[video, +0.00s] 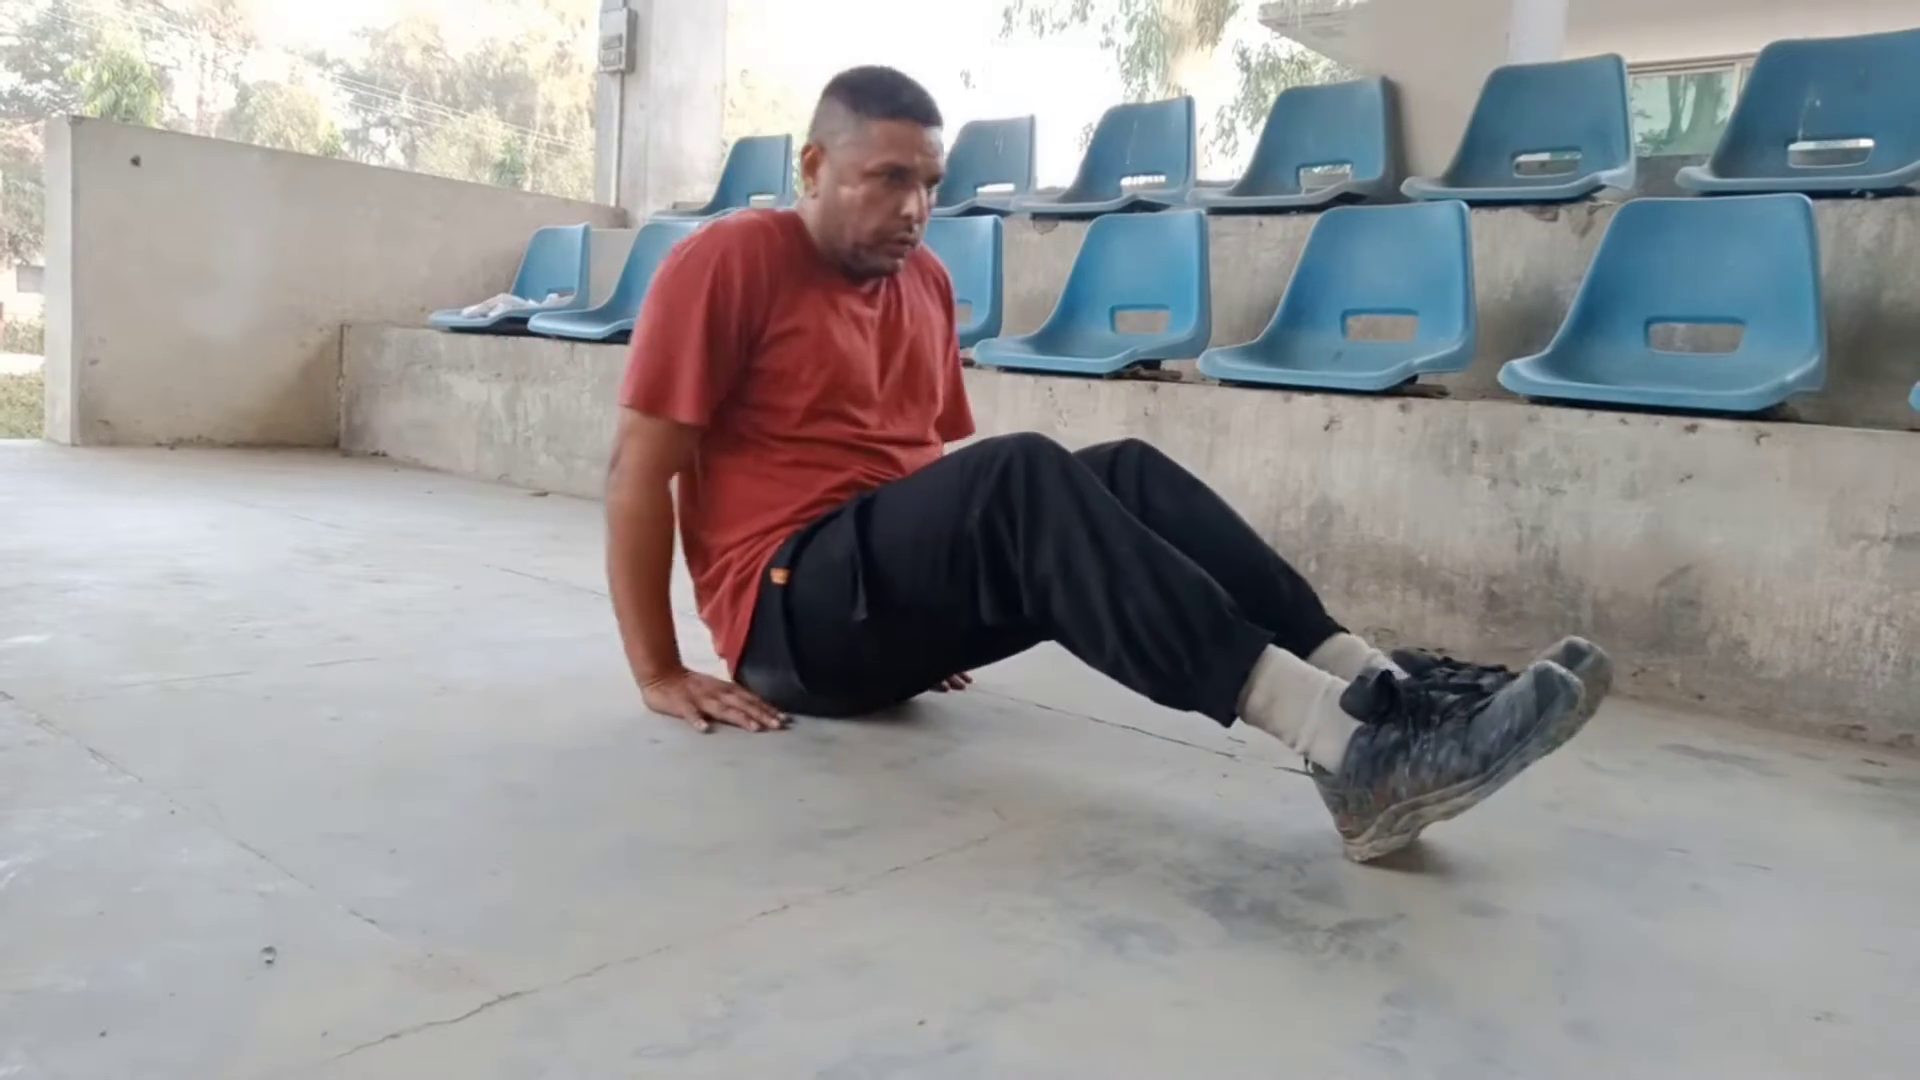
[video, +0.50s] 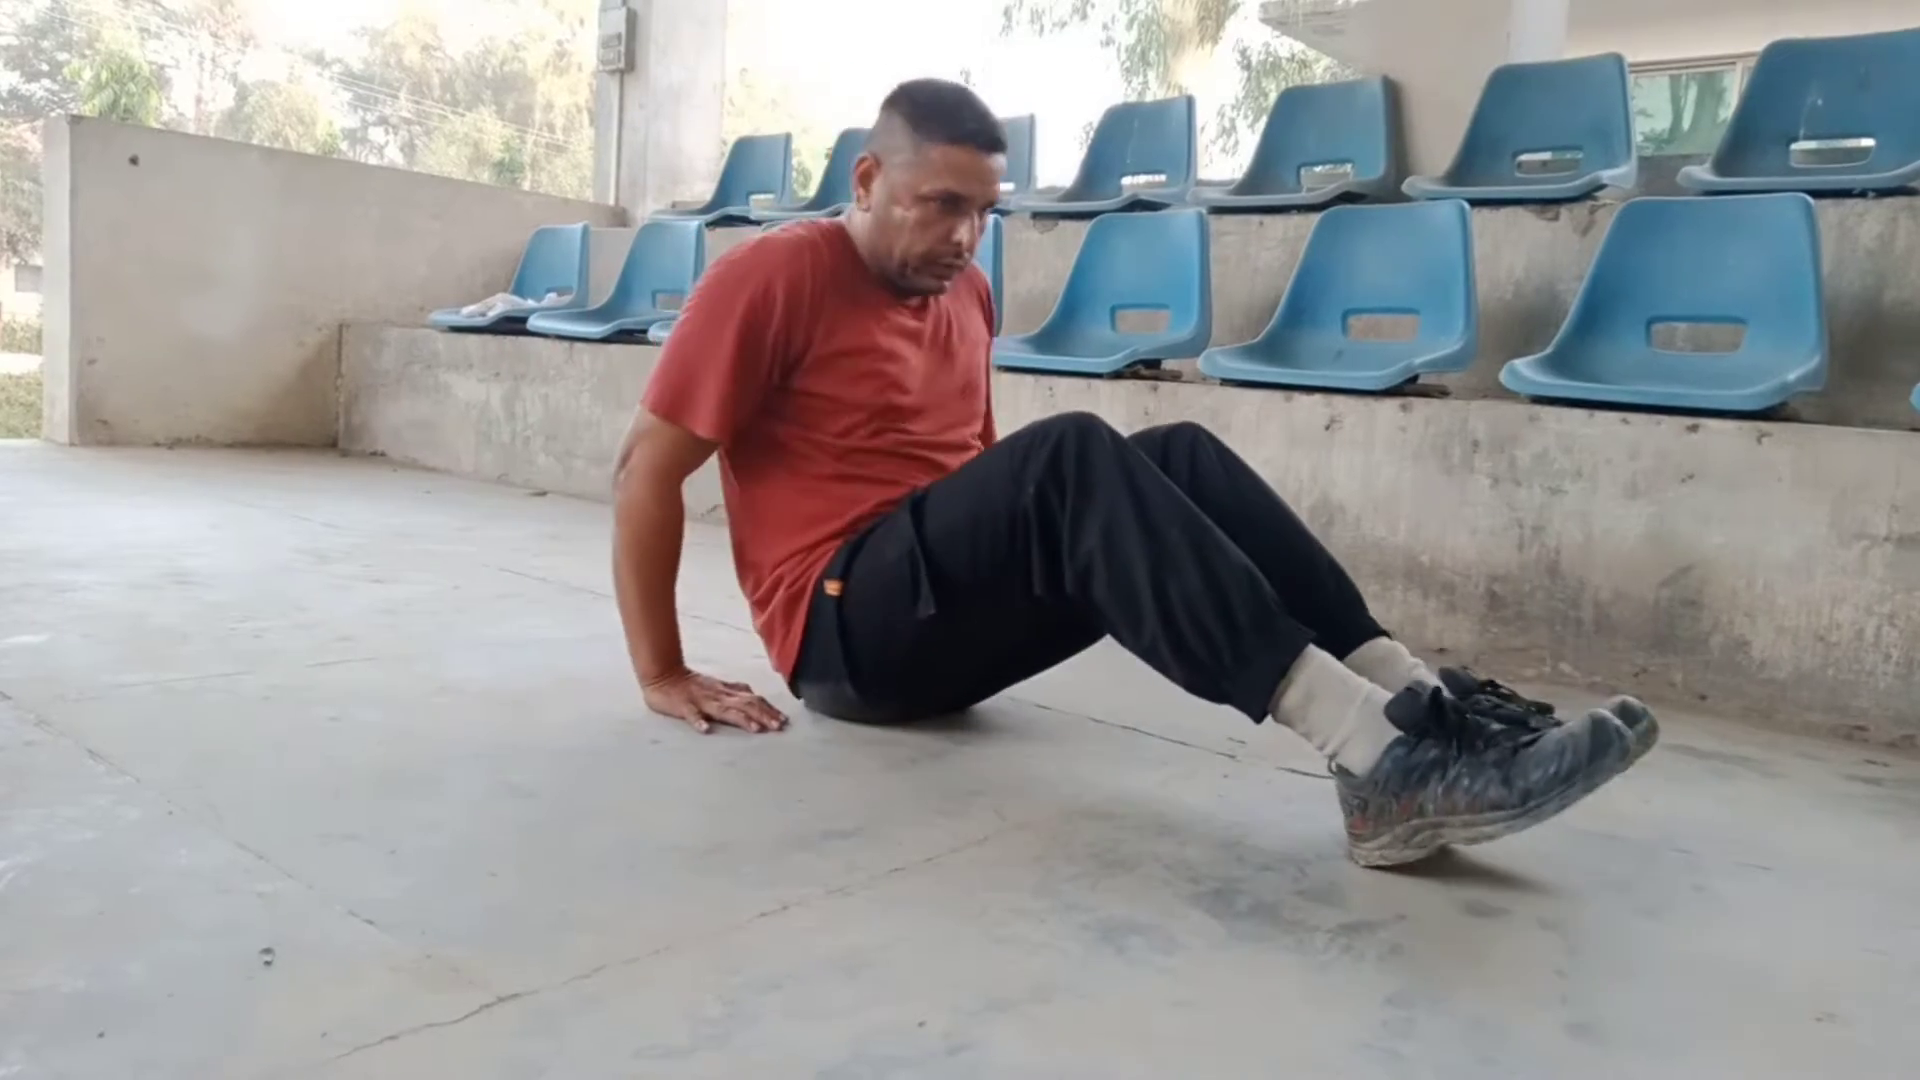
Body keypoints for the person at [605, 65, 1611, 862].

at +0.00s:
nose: (910, 208)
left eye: (923, 185)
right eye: (887, 180)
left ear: (929, 183)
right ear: (810, 167)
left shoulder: (923, 283)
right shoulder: (723, 262)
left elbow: (948, 456)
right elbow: (641, 464)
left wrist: (938, 633)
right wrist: (657, 674)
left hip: (906, 591)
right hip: (792, 612)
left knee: (1131, 473)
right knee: (1025, 475)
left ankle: (1390, 698)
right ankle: (1344, 752)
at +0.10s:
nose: (929, 208)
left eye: (945, 183)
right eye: (908, 178)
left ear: (954, 177)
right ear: (830, 157)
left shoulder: (933, 279)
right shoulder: (740, 251)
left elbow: (960, 453)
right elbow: (667, 456)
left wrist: (931, 632)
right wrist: (658, 673)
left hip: (906, 590)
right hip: (798, 603)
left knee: (1130, 459)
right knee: (1032, 470)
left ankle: (1378, 690)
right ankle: (1338, 751)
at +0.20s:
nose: (933, 216)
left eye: (952, 193)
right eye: (914, 185)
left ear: (964, 183)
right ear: (841, 156)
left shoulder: (939, 280)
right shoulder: (749, 248)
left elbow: (967, 446)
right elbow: (682, 457)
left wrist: (931, 635)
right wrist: (661, 670)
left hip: (919, 584)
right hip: (820, 598)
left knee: (1141, 443)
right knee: (1045, 456)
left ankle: (1380, 690)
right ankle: (1343, 747)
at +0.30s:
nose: (934, 220)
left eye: (951, 196)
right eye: (913, 190)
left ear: (961, 189)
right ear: (838, 170)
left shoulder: (944, 285)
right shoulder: (753, 260)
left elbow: (973, 447)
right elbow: (666, 464)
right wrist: (660, 672)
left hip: (933, 603)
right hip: (836, 616)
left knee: (1154, 437)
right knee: (1057, 448)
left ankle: (1397, 700)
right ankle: (1354, 751)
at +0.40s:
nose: (943, 228)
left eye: (960, 204)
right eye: (923, 198)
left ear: (966, 197)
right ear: (849, 176)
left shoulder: (952, 289)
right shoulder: (759, 274)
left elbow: (982, 456)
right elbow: (650, 465)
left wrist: (1024, 582)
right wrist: (658, 677)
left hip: (947, 613)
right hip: (843, 627)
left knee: (1169, 447)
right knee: (1066, 454)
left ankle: (1423, 710)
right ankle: (1370, 763)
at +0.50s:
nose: (961, 235)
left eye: (978, 211)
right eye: (940, 205)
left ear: (985, 202)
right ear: (867, 183)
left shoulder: (962, 287)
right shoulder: (769, 275)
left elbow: (965, 455)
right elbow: (650, 462)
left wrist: (995, 601)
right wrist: (660, 677)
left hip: (948, 617)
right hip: (844, 627)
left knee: (1179, 454)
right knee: (1068, 451)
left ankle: (1434, 711)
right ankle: (1371, 759)